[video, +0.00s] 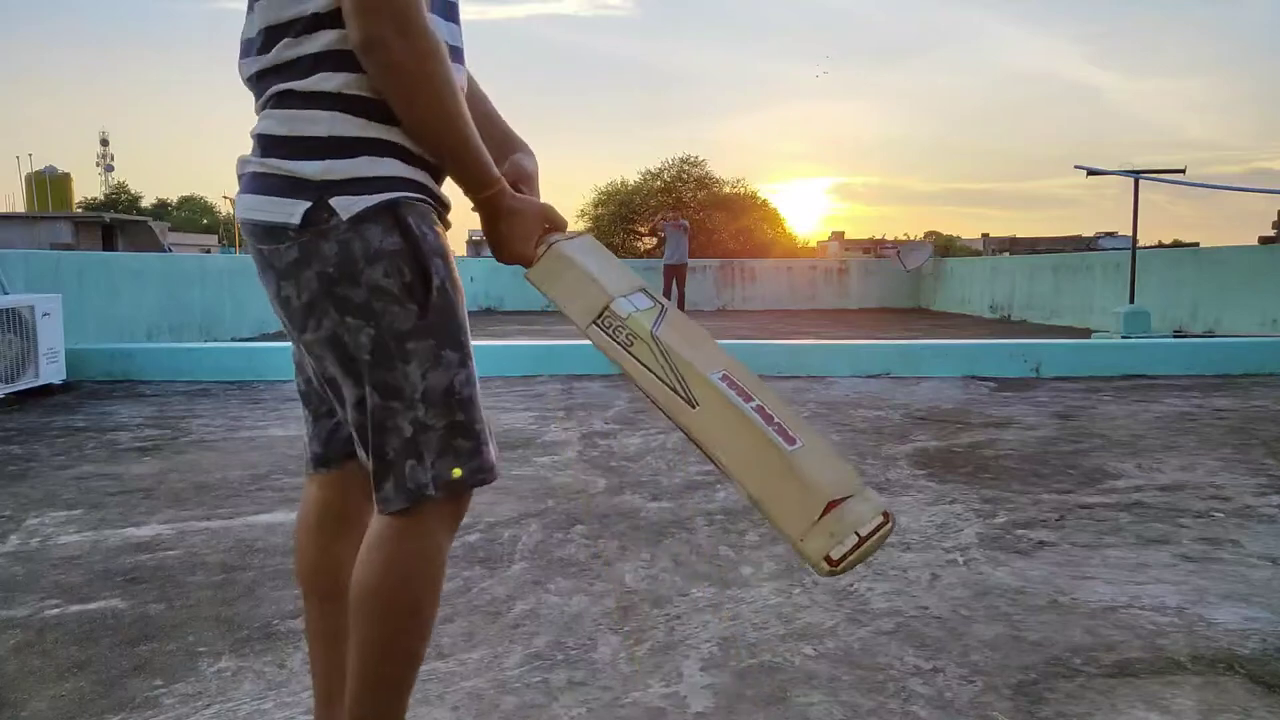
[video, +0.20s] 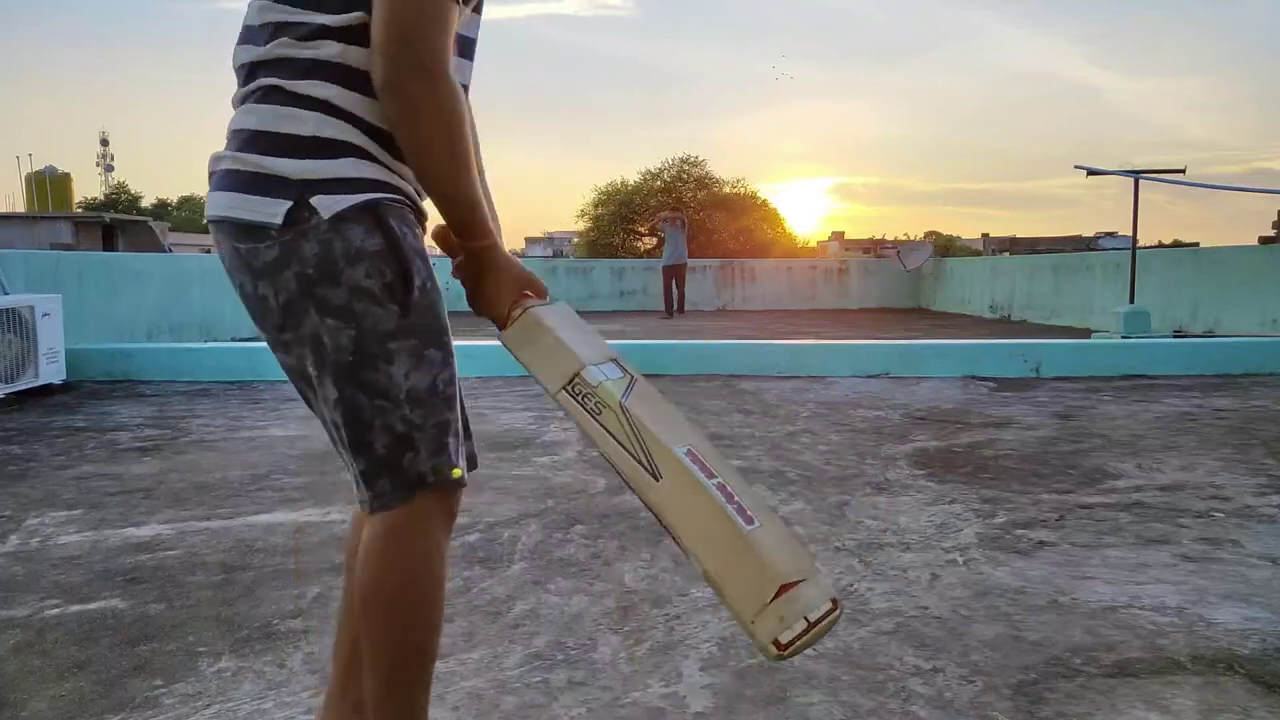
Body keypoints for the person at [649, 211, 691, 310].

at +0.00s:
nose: (674, 215)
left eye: (676, 212)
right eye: (672, 212)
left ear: (680, 213)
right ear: (669, 214)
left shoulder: (684, 224)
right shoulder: (667, 225)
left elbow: (685, 227)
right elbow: (652, 228)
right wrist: (658, 219)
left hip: (681, 260)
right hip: (668, 260)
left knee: (681, 290)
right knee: (666, 289)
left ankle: (681, 312)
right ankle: (664, 312)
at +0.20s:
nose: (671, 218)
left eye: (673, 215)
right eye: (669, 216)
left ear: (678, 216)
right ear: (667, 218)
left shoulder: (683, 226)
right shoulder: (665, 227)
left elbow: (683, 217)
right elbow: (651, 228)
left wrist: (666, 215)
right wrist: (659, 219)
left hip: (681, 258)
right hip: (668, 259)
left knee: (681, 288)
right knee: (667, 288)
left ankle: (681, 311)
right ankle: (669, 312)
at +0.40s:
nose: (663, 215)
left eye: (664, 213)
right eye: (663, 213)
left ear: (667, 214)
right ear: (674, 214)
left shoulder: (663, 226)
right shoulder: (679, 223)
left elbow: (652, 233)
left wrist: (637, 233)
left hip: (665, 258)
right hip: (678, 257)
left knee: (664, 287)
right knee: (677, 285)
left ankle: (668, 312)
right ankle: (681, 308)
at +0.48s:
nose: (664, 215)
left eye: (666, 212)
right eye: (664, 212)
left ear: (667, 213)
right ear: (674, 213)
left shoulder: (665, 227)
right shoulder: (677, 224)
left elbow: (658, 240)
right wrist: (641, 235)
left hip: (665, 258)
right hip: (676, 257)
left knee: (662, 288)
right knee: (672, 285)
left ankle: (667, 312)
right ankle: (677, 308)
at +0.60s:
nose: (663, 217)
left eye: (665, 215)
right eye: (661, 215)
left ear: (669, 215)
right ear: (660, 217)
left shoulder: (673, 223)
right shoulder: (661, 230)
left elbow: (669, 206)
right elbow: (657, 246)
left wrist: (660, 197)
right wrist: (652, 260)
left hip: (673, 257)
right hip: (663, 258)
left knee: (663, 284)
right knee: (660, 285)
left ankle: (667, 311)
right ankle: (665, 311)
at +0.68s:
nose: (662, 218)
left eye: (664, 216)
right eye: (661, 216)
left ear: (668, 217)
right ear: (660, 218)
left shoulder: (673, 224)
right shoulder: (660, 233)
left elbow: (669, 206)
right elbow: (655, 250)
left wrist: (660, 195)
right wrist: (650, 265)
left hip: (672, 259)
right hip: (662, 260)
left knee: (661, 286)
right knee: (658, 287)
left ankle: (666, 312)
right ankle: (665, 312)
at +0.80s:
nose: (665, 218)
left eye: (667, 216)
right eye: (665, 216)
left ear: (672, 217)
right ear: (665, 219)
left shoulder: (673, 226)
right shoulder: (662, 231)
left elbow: (669, 206)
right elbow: (646, 234)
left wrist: (664, 191)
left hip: (668, 262)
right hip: (659, 263)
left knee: (660, 289)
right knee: (655, 290)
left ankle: (666, 313)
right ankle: (664, 312)